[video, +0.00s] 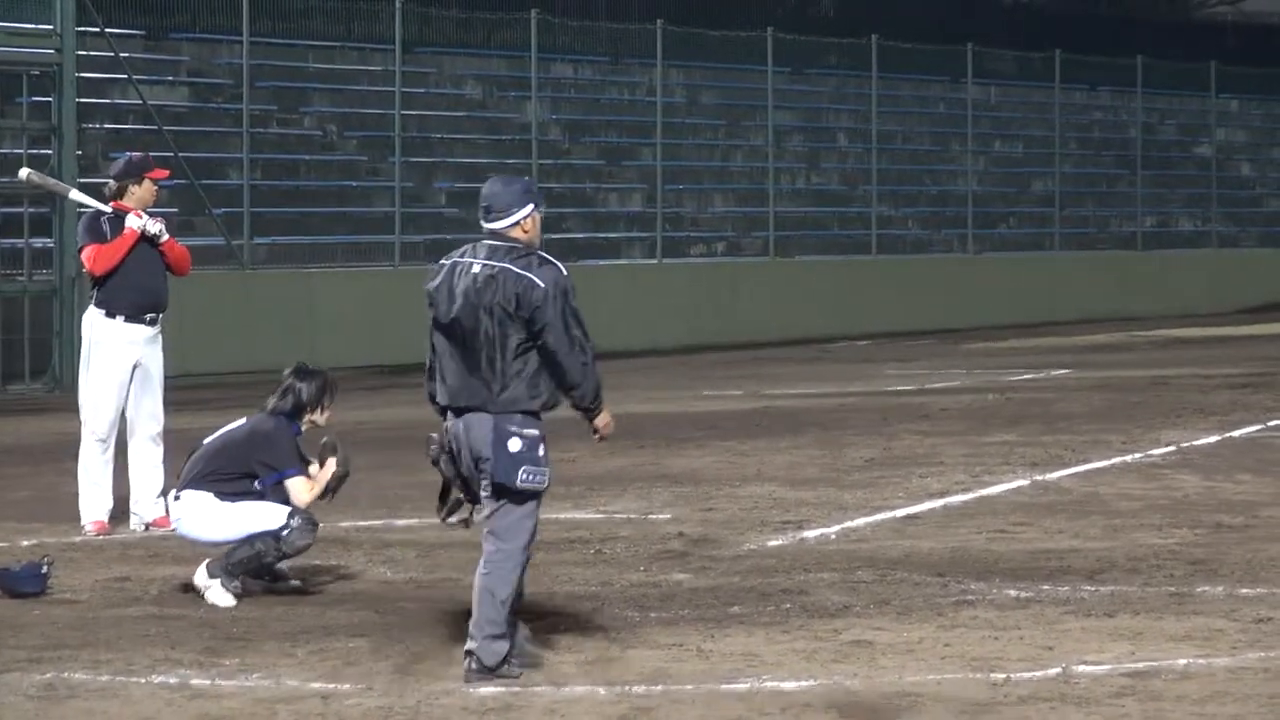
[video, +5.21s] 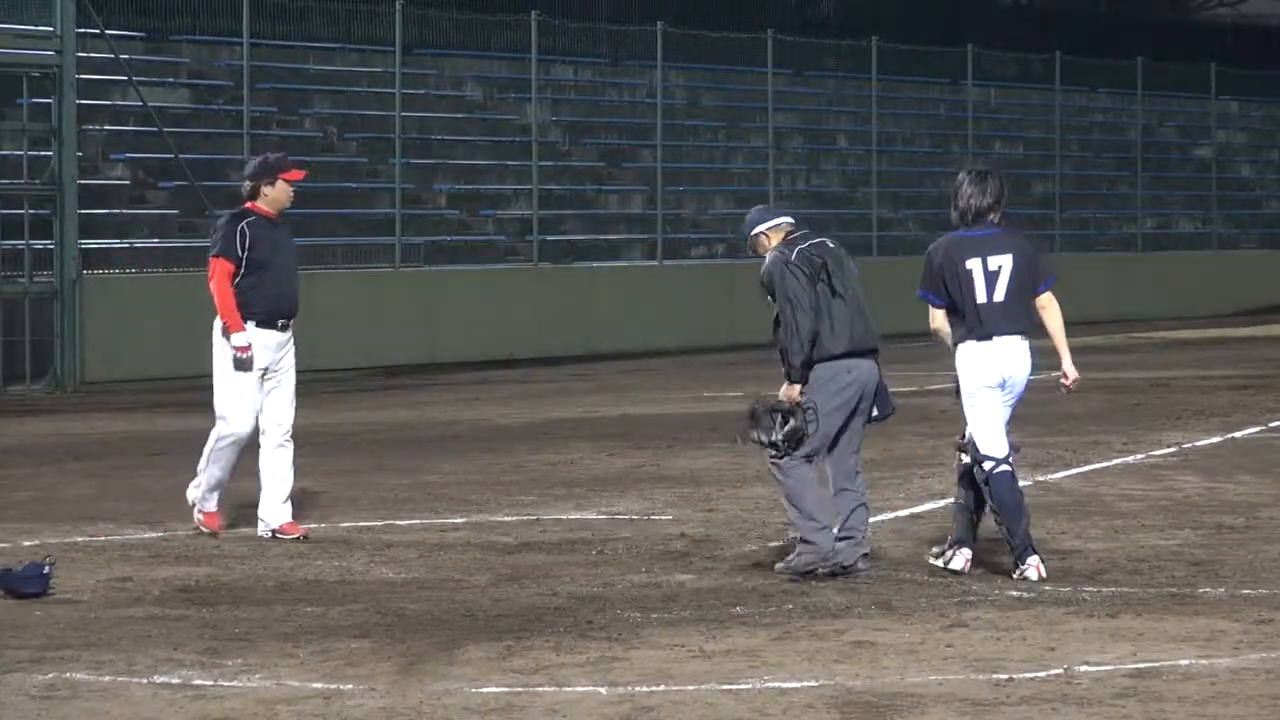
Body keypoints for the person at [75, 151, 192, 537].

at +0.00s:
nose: (156, 189)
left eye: (156, 183)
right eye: (151, 183)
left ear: (136, 186)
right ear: (131, 185)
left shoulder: (153, 225)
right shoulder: (97, 220)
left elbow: (184, 266)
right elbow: (96, 265)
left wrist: (163, 238)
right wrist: (132, 233)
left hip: (150, 333)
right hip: (109, 332)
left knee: (148, 426)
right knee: (100, 428)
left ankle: (149, 511)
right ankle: (95, 516)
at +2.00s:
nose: (156, 192)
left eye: (157, 187)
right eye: (149, 186)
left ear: (148, 190)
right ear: (125, 187)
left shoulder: (156, 228)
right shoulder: (100, 222)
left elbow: (187, 271)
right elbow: (99, 267)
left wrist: (167, 242)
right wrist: (137, 236)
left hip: (155, 335)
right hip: (114, 333)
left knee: (153, 427)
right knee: (104, 428)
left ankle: (151, 513)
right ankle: (98, 517)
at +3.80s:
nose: (198, 191)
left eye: (198, 185)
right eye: (192, 185)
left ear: (180, 188)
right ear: (169, 187)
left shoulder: (188, 230)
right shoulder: (140, 220)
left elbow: (210, 283)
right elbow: (126, 269)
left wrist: (209, 265)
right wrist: (178, 253)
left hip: (178, 334)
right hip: (143, 328)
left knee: (168, 424)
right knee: (150, 418)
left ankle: (157, 509)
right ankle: (140, 511)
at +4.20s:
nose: (211, 188)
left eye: (210, 182)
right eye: (204, 183)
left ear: (191, 188)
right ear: (182, 187)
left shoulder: (205, 231)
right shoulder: (157, 225)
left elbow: (216, 276)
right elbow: (136, 277)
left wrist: (233, 311)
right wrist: (174, 311)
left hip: (197, 331)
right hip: (160, 330)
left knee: (180, 425)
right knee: (170, 424)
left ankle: (149, 509)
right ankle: (180, 514)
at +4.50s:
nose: (222, 188)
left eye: (221, 182)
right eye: (216, 182)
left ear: (203, 186)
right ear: (193, 186)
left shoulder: (215, 227)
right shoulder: (167, 225)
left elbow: (219, 276)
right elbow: (153, 281)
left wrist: (228, 316)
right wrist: (176, 325)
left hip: (215, 337)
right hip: (178, 336)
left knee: (221, 421)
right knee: (175, 427)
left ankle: (192, 502)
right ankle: (178, 514)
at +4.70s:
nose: (236, 191)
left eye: (236, 185)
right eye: (231, 185)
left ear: (217, 187)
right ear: (210, 186)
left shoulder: (221, 229)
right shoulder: (182, 227)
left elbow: (222, 283)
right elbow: (168, 286)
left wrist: (239, 325)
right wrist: (179, 343)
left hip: (230, 337)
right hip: (193, 338)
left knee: (241, 427)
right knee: (182, 431)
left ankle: (244, 513)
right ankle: (181, 516)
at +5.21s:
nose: (293, 191)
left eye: (293, 185)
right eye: (287, 184)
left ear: (274, 187)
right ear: (265, 186)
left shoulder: (279, 229)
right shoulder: (236, 224)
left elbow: (275, 279)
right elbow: (219, 278)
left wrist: (283, 326)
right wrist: (237, 334)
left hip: (281, 339)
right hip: (243, 337)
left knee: (278, 432)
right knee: (237, 424)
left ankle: (275, 518)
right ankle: (204, 496)